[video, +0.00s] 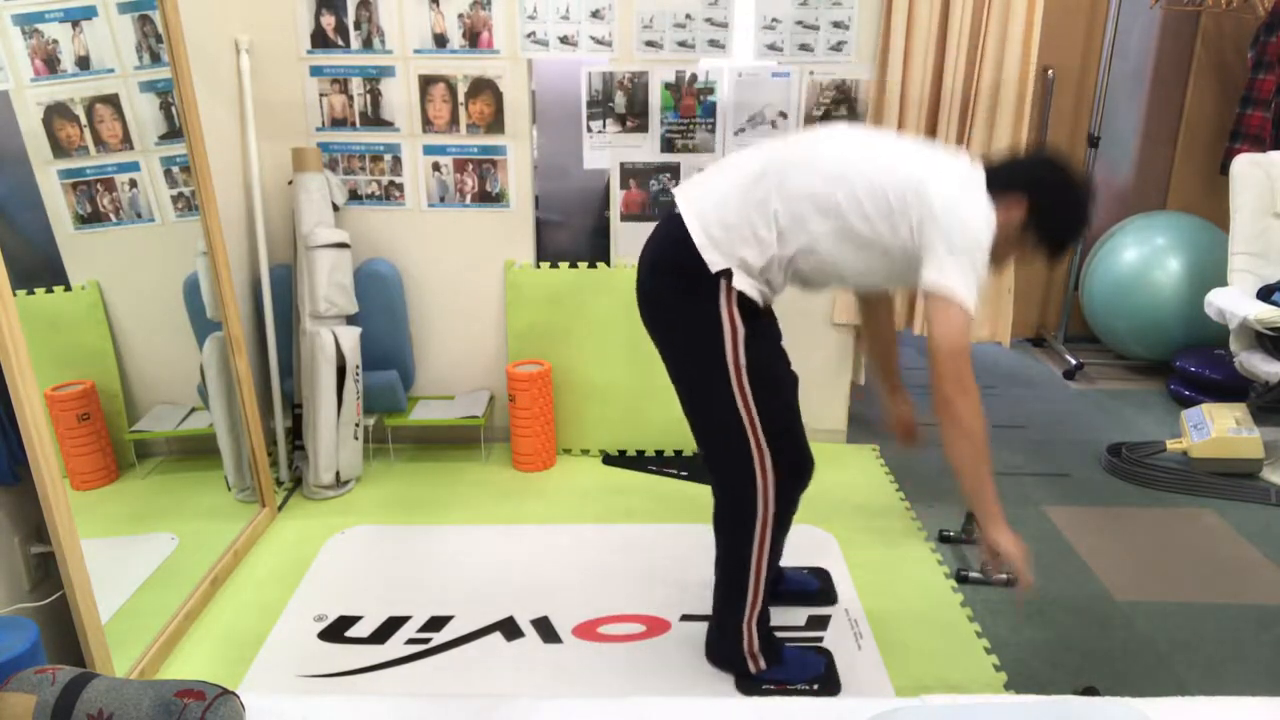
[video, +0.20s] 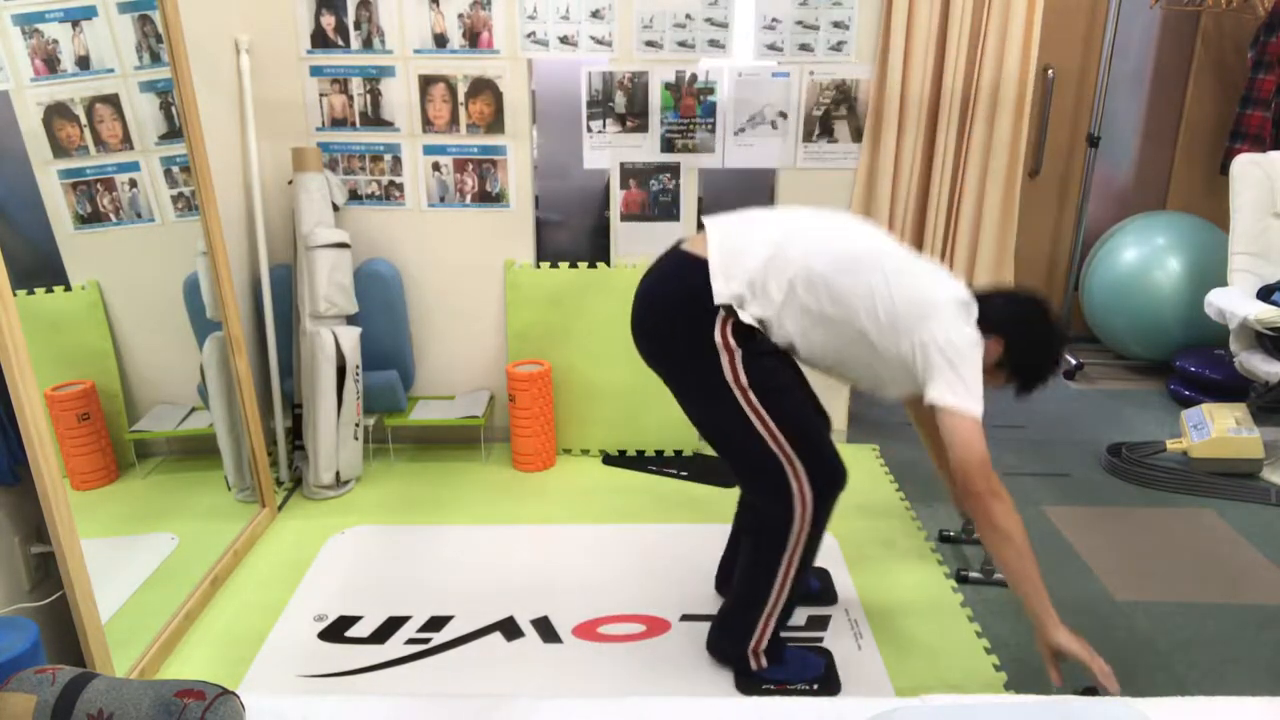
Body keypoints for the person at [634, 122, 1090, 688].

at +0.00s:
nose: (1010, 257)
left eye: (1024, 250)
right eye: (1024, 244)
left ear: (1007, 196)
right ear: (1015, 210)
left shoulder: (942, 176)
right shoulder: (963, 211)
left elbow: (873, 288)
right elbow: (953, 383)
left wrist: (895, 396)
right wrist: (992, 522)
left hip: (726, 261)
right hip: (704, 266)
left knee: (786, 459)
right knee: (761, 469)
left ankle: (751, 574)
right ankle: (743, 650)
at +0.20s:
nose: (985, 390)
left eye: (994, 383)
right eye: (997, 380)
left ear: (985, 329)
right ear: (992, 350)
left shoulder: (930, 304)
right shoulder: (949, 329)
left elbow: (933, 425)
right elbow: (982, 496)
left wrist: (973, 508)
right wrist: (1049, 625)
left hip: (707, 287)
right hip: (698, 304)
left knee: (808, 456)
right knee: (808, 483)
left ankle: (748, 577)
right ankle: (748, 649)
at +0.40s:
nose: (980, 433)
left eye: (989, 429)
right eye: (990, 422)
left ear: (981, 370)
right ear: (986, 390)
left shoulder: (935, 337)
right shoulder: (946, 369)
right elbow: (991, 535)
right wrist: (1060, 658)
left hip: (702, 306)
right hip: (701, 321)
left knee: (826, 466)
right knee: (822, 490)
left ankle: (751, 574)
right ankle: (747, 648)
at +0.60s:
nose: (995, 423)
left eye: (1004, 419)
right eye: (1008, 415)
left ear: (994, 356)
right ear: (999, 382)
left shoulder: (944, 332)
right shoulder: (960, 364)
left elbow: (935, 431)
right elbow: (1000, 537)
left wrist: (962, 500)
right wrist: (1060, 650)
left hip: (710, 300)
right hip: (712, 317)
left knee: (825, 453)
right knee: (829, 490)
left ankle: (751, 571)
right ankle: (746, 644)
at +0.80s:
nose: (1007, 415)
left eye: (1018, 411)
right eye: (1019, 408)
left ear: (1008, 342)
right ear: (1014, 370)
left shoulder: (953, 326)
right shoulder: (976, 362)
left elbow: (939, 428)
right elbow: (1008, 533)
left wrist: (967, 495)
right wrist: (1066, 650)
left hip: (710, 294)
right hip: (725, 313)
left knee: (818, 448)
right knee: (836, 488)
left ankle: (752, 572)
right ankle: (748, 643)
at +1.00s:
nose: (1015, 419)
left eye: (1023, 415)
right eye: (1026, 412)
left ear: (1014, 346)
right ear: (1021, 375)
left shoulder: (959, 328)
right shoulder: (984, 366)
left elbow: (942, 422)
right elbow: (1015, 532)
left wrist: (968, 492)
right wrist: (1073, 656)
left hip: (716, 291)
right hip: (730, 310)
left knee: (814, 452)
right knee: (837, 487)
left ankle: (752, 574)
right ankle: (748, 641)